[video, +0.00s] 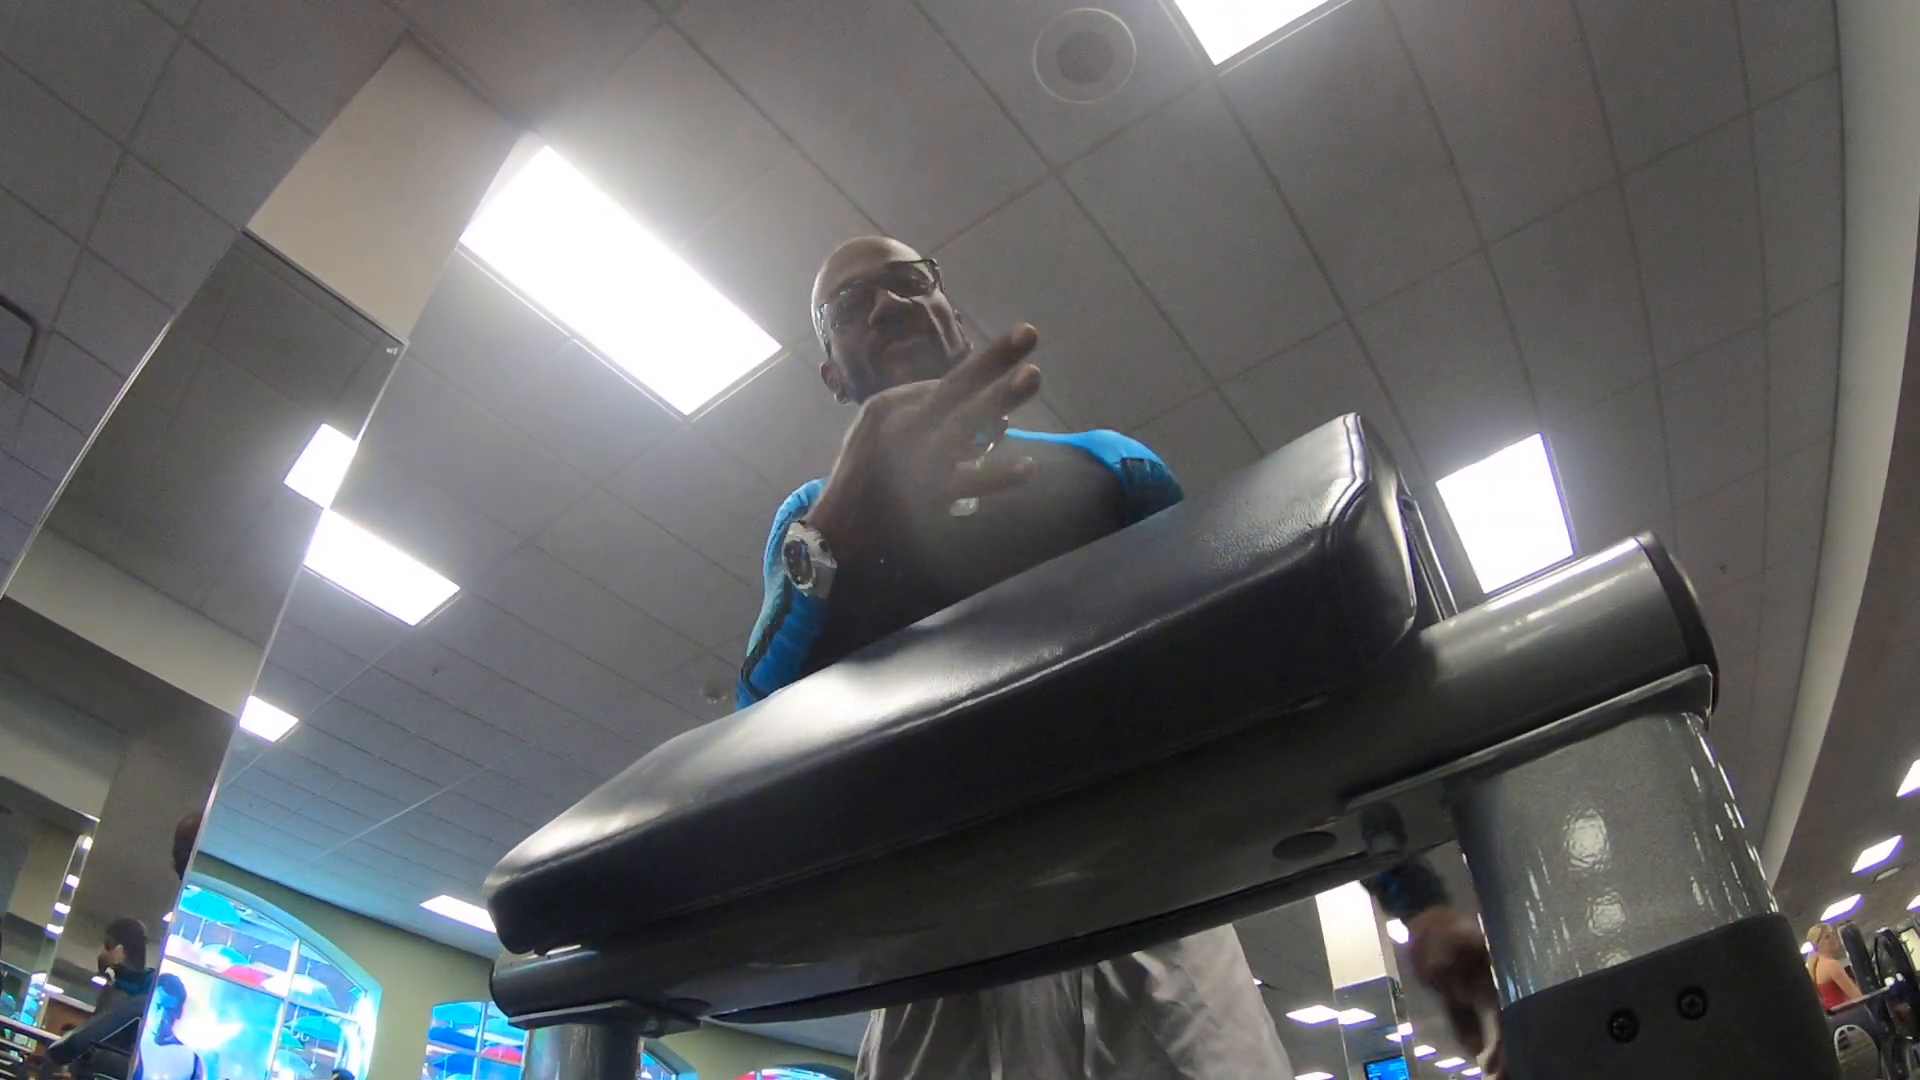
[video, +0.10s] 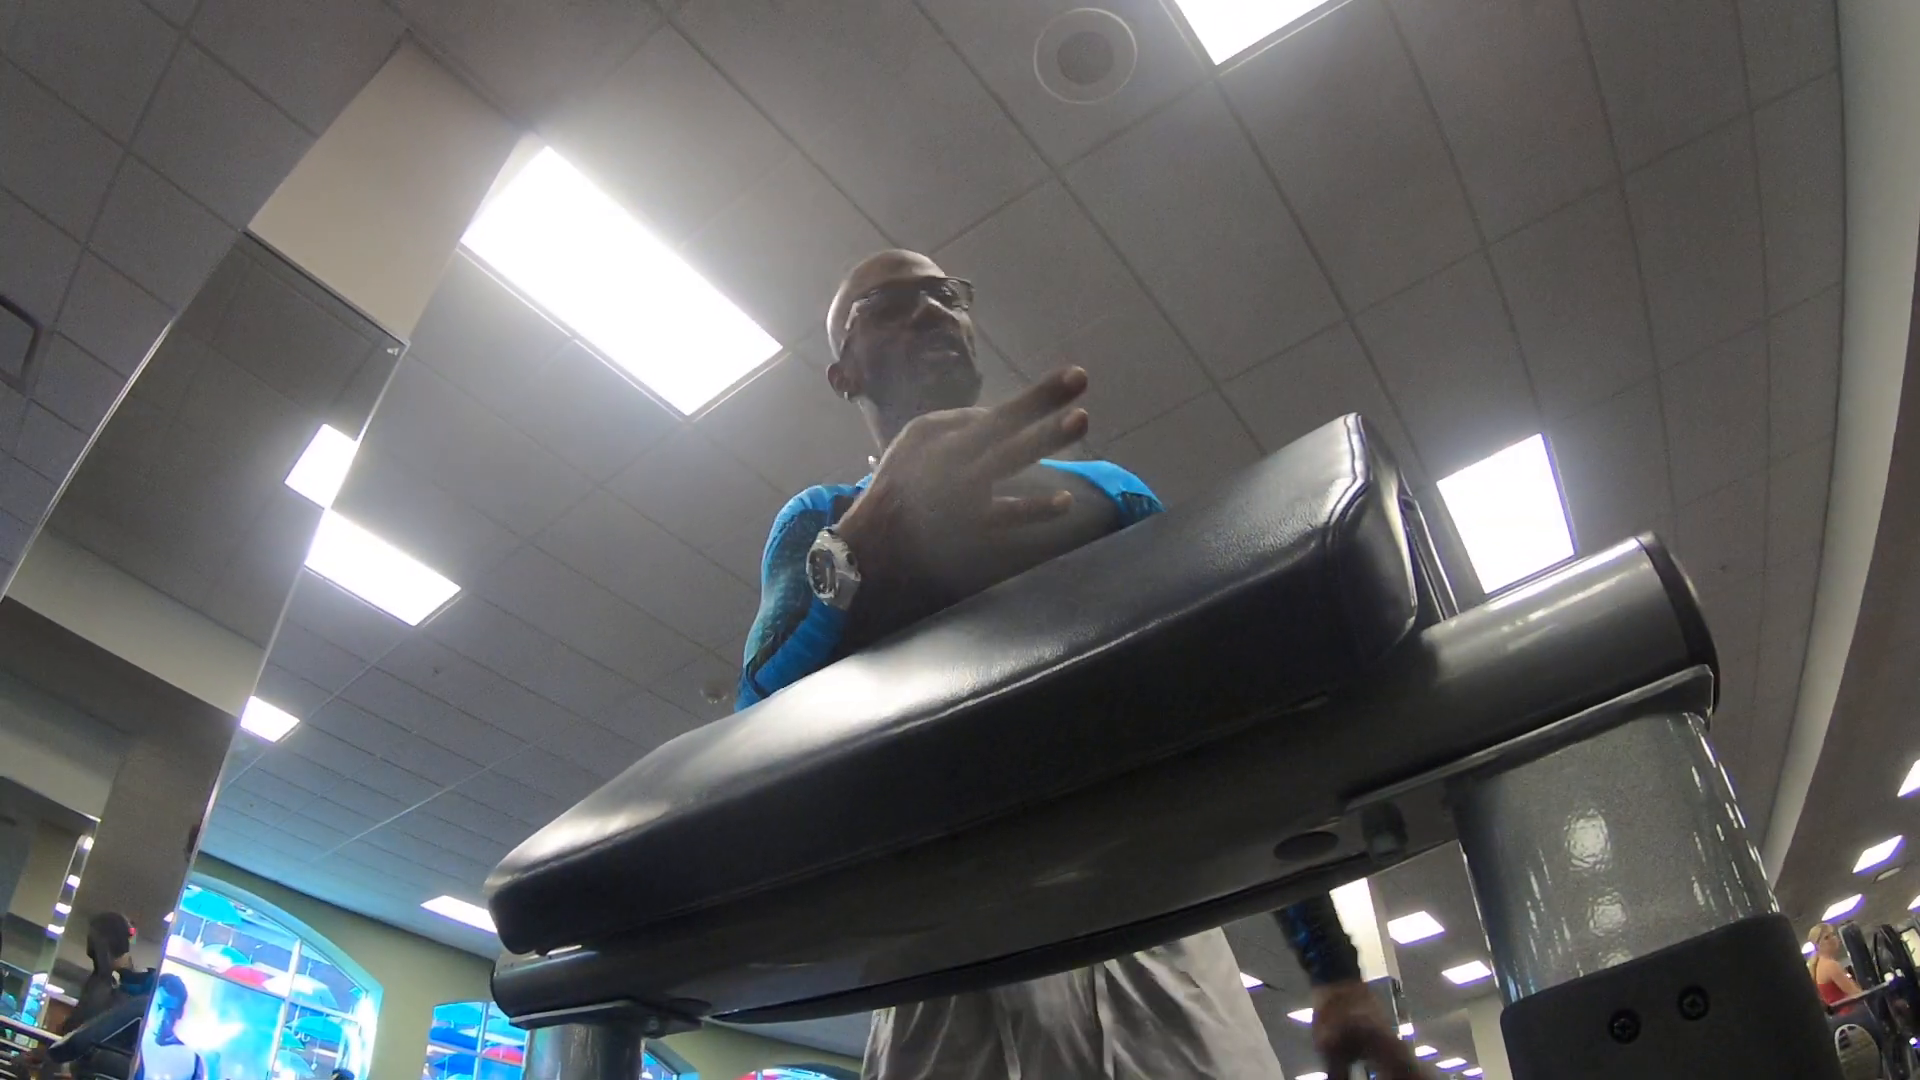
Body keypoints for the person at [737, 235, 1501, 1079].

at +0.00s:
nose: (892, 305)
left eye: (909, 285)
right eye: (853, 303)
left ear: (957, 316)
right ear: (828, 372)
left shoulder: (1107, 465)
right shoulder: (818, 523)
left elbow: (1265, 675)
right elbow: (765, 723)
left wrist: (1419, 898)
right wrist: (845, 518)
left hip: (1167, 923)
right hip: (953, 959)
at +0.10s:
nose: (934, 304)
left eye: (950, 294)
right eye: (894, 299)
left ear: (978, 340)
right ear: (843, 372)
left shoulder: (1106, 492)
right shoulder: (819, 522)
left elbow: (1232, 721)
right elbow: (762, 716)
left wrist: (1336, 974)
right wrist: (858, 565)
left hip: (1162, 962)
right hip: (949, 994)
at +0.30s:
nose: (1037, 351)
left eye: (1033, 338)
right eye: (1000, 330)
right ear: (909, 372)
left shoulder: (1090, 522)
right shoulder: (846, 521)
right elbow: (761, 693)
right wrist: (929, 567)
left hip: (1166, 936)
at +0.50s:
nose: (1106, 412)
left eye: (1101, 399)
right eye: (1079, 384)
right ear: (1001, 390)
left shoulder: (1118, 560)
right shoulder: (899, 532)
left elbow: (1159, 819)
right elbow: (783, 702)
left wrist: (1246, 1022)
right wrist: (952, 579)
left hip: (1180, 968)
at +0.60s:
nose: (1137, 454)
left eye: (1131, 434)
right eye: (1118, 424)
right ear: (1049, 415)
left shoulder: (1146, 564)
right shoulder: (930, 543)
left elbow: (1176, 834)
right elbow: (836, 705)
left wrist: (1259, 1034)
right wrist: (977, 583)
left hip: (1196, 980)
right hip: (1048, 990)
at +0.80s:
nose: (1174, 472)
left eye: (1168, 460)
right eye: (1141, 452)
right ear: (1067, 481)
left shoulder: (1196, 567)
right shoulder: (997, 574)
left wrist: (1283, 1056)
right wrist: (1001, 578)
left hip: (1228, 991)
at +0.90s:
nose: (1179, 475)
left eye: (1178, 467)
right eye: (1140, 461)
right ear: (1074, 505)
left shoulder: (1228, 587)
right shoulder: (1059, 598)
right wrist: (1010, 597)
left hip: (1237, 999)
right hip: (1104, 1004)